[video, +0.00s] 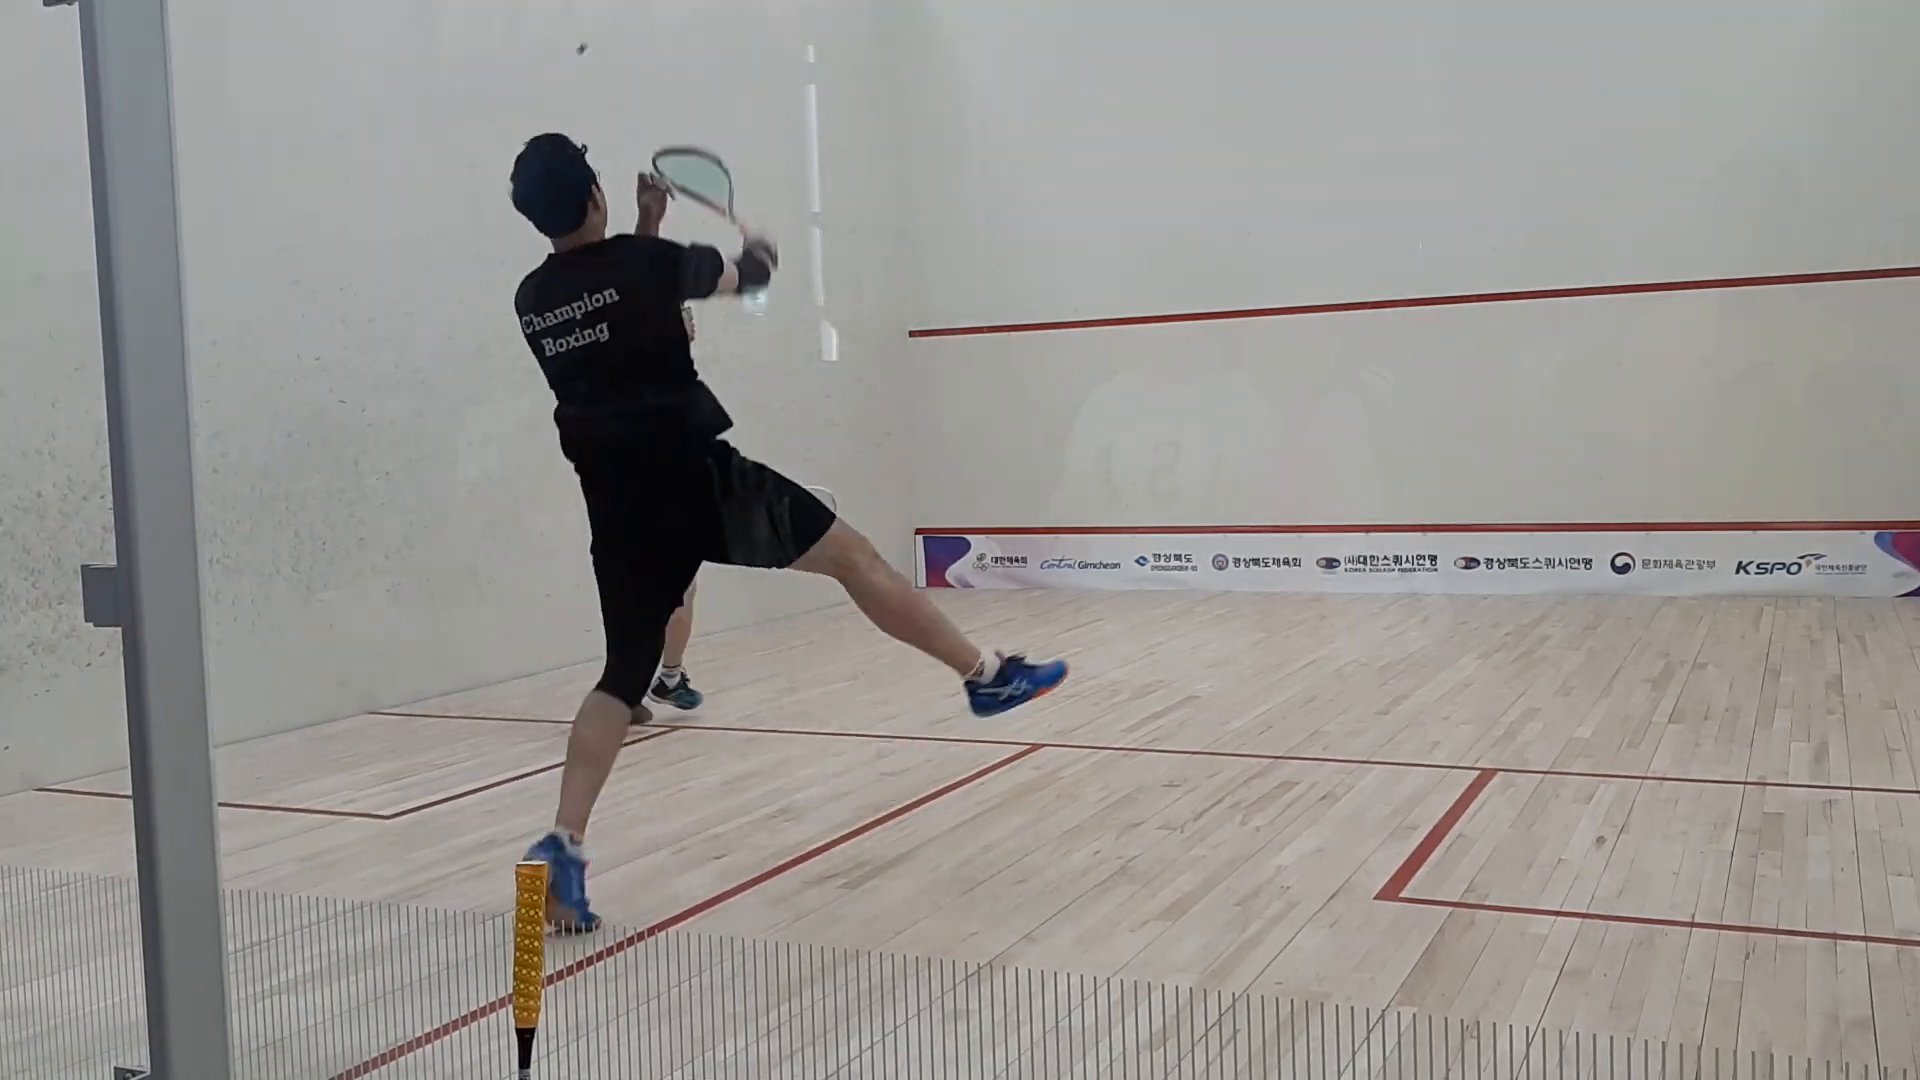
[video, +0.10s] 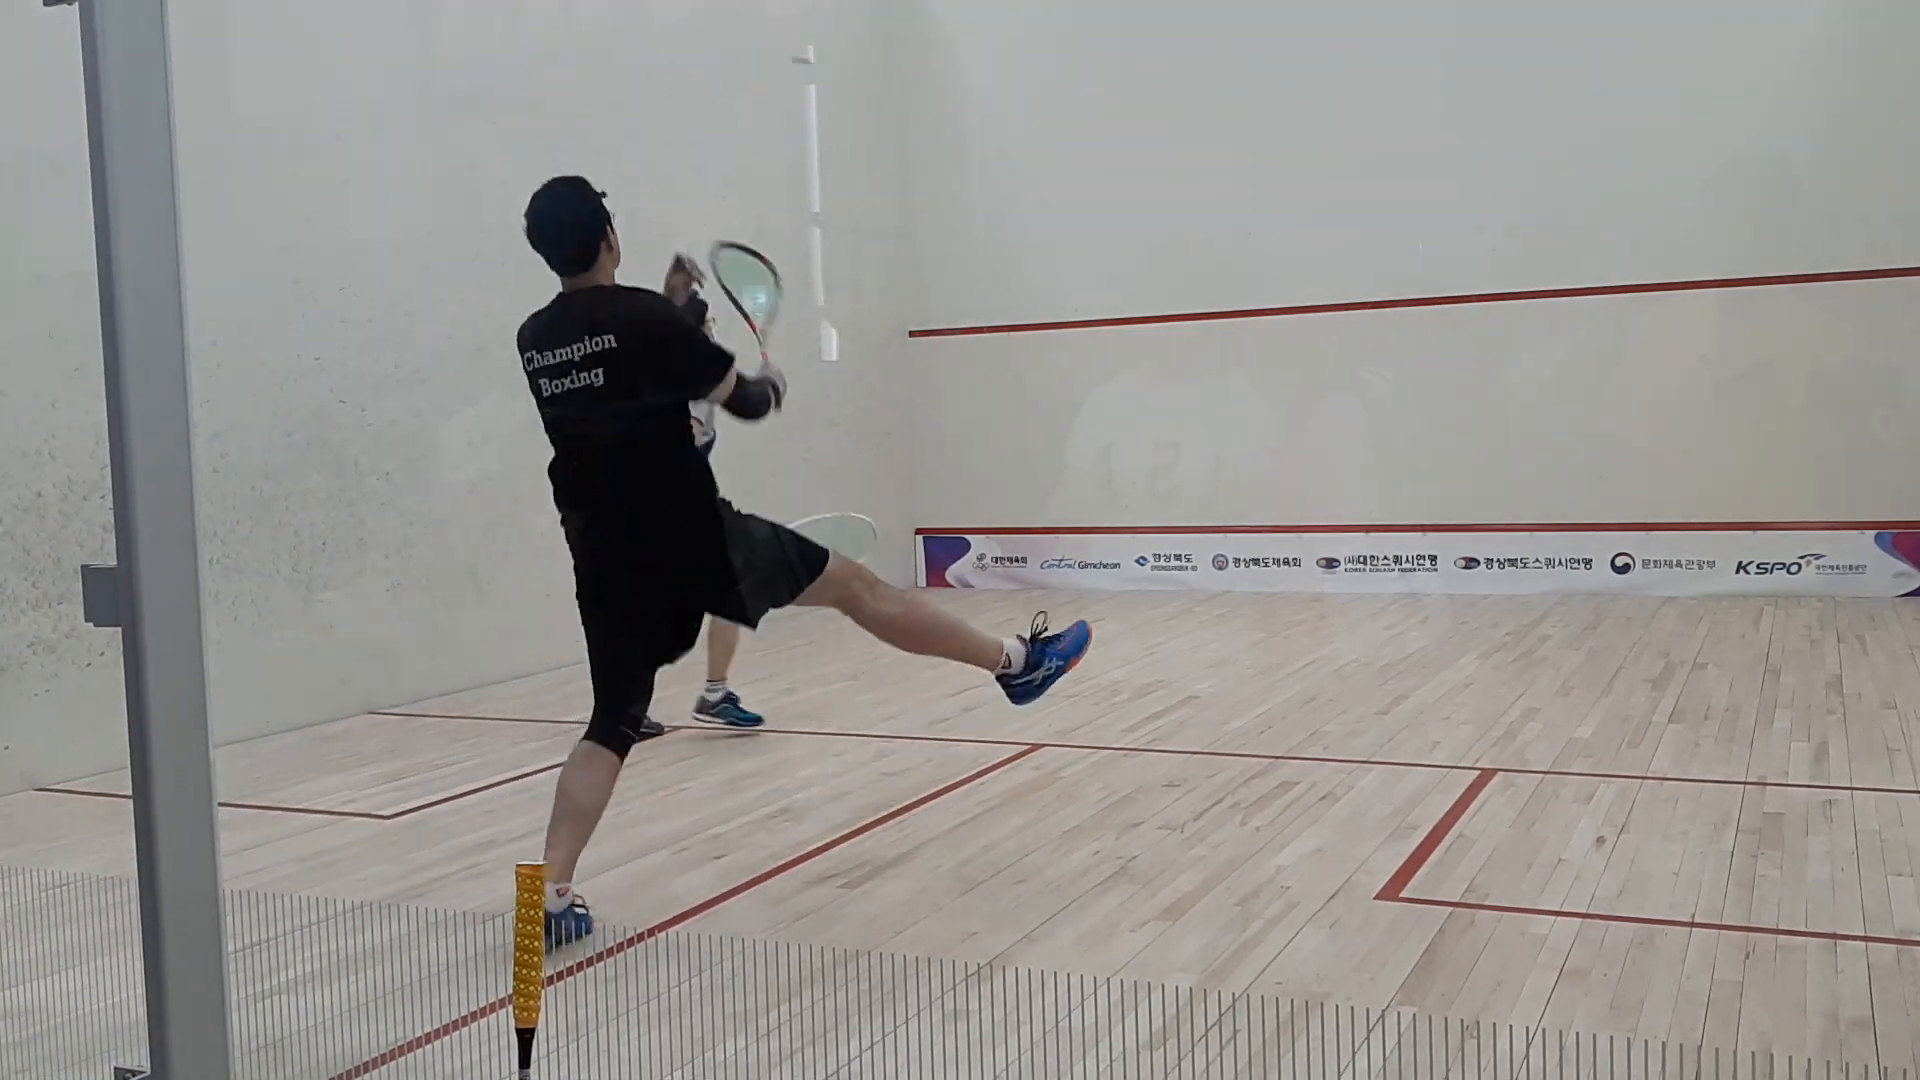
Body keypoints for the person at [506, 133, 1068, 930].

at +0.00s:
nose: (602, 193)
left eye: (591, 185)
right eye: (596, 185)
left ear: (531, 219)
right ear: (593, 195)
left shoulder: (530, 298)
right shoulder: (649, 263)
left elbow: (616, 297)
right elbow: (751, 272)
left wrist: (647, 226)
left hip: (619, 509)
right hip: (704, 482)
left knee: (623, 673)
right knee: (852, 557)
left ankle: (562, 847)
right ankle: (985, 673)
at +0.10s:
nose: (616, 234)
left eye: (604, 226)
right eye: (610, 226)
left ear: (543, 254)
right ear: (609, 237)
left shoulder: (535, 338)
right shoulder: (650, 321)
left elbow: (623, 384)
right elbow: (746, 402)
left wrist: (674, 318)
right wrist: (765, 385)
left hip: (604, 564)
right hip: (695, 540)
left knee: (611, 721)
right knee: (851, 584)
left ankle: (552, 895)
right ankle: (1015, 663)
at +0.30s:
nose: (682, 236)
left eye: (673, 224)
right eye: (677, 225)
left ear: (604, 248)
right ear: (669, 238)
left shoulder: (581, 339)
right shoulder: (695, 316)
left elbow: (579, 459)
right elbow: (738, 437)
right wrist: (797, 542)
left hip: (633, 569)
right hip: (725, 554)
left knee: (617, 724)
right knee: (825, 693)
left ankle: (544, 902)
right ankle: (877, 875)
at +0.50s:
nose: (788, 223)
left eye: (779, 211)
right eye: (783, 213)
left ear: (711, 232)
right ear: (774, 224)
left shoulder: (674, 315)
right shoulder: (790, 299)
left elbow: (646, 428)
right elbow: (790, 405)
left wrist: (603, 524)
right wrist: (766, 495)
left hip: (700, 549)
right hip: (785, 542)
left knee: (713, 693)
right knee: (815, 704)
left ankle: (604, 845)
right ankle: (827, 900)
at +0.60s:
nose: (833, 221)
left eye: (827, 210)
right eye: (830, 211)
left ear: (756, 227)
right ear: (817, 223)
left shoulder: (710, 308)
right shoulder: (827, 299)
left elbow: (669, 401)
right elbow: (812, 402)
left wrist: (625, 491)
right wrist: (777, 480)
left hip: (733, 535)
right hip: (805, 535)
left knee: (757, 679)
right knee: (814, 707)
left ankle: (683, 826)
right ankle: (824, 898)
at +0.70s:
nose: (866, 239)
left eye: (859, 227)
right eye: (863, 227)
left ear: (789, 231)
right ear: (849, 230)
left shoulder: (739, 309)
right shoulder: (856, 303)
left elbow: (705, 400)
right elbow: (843, 407)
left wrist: (661, 481)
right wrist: (822, 494)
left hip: (750, 529)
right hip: (811, 532)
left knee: (791, 684)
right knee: (823, 707)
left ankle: (783, 835)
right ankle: (825, 898)